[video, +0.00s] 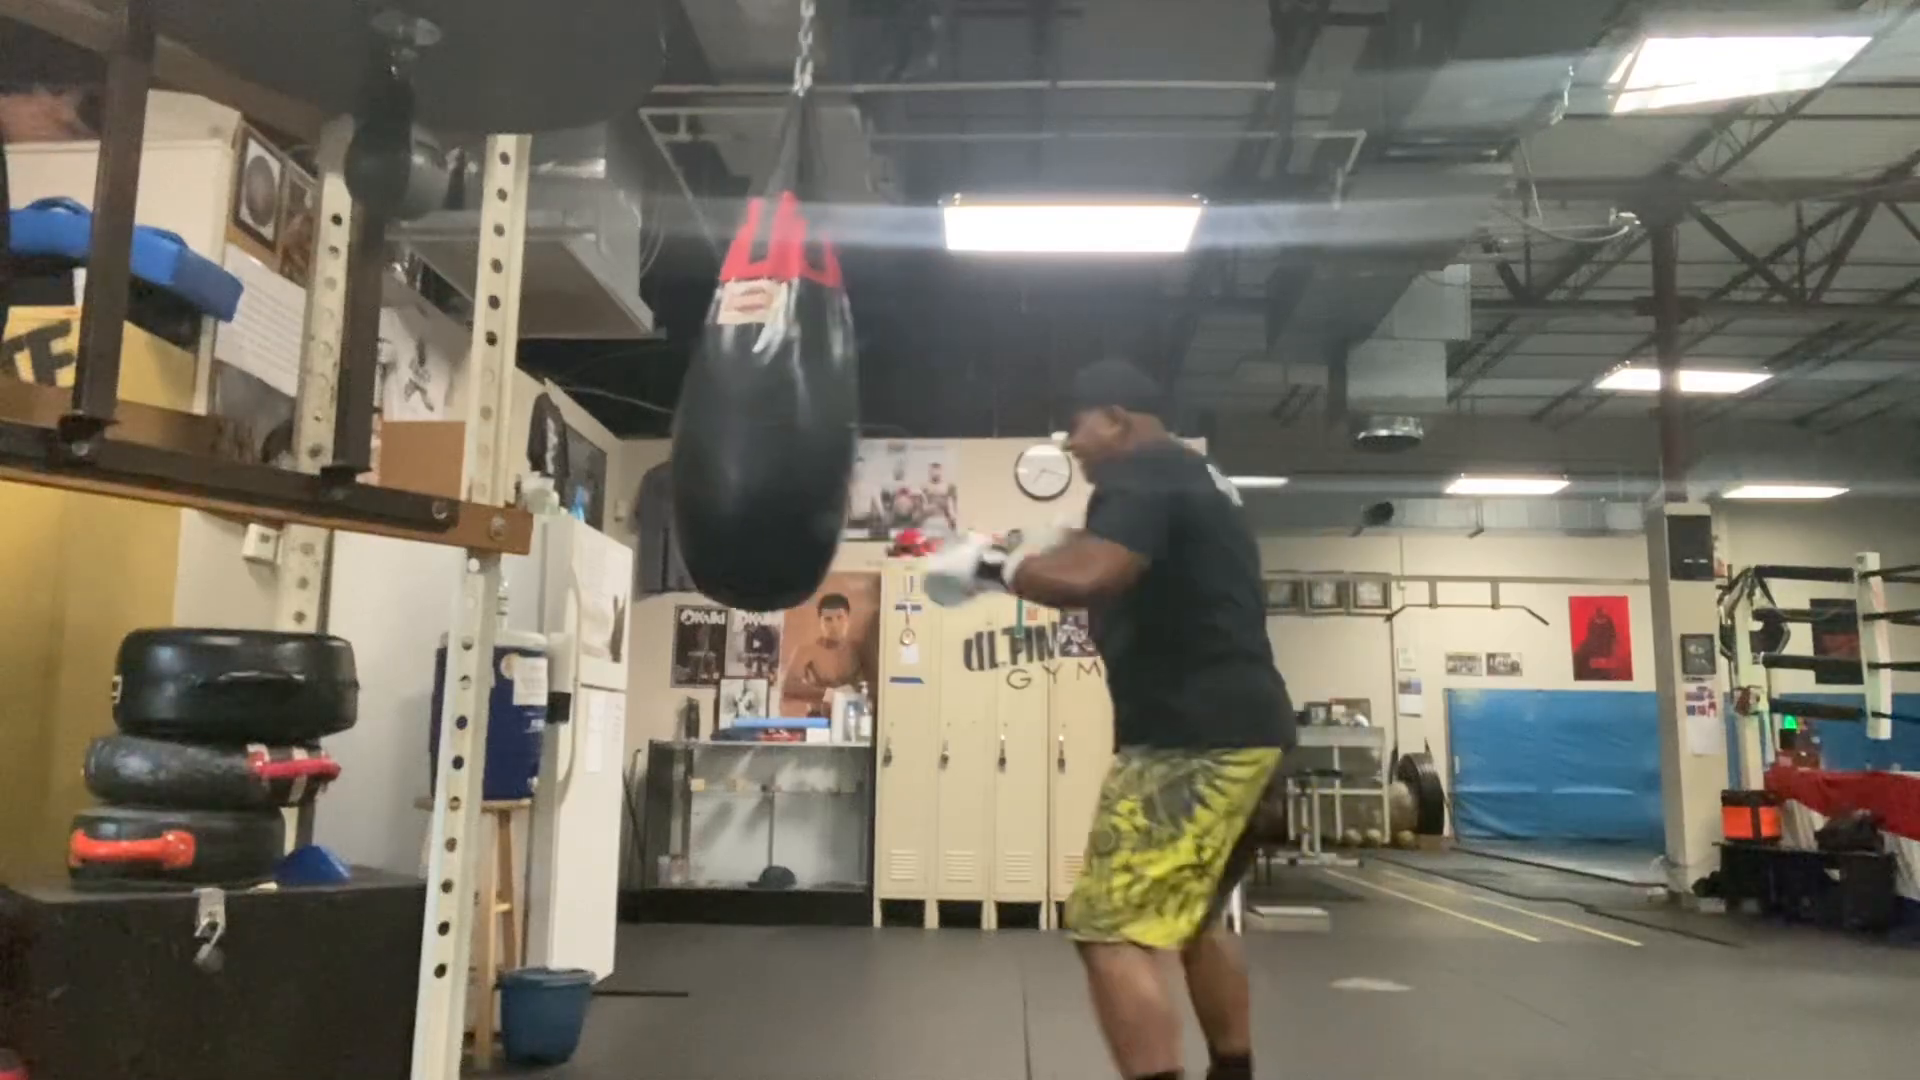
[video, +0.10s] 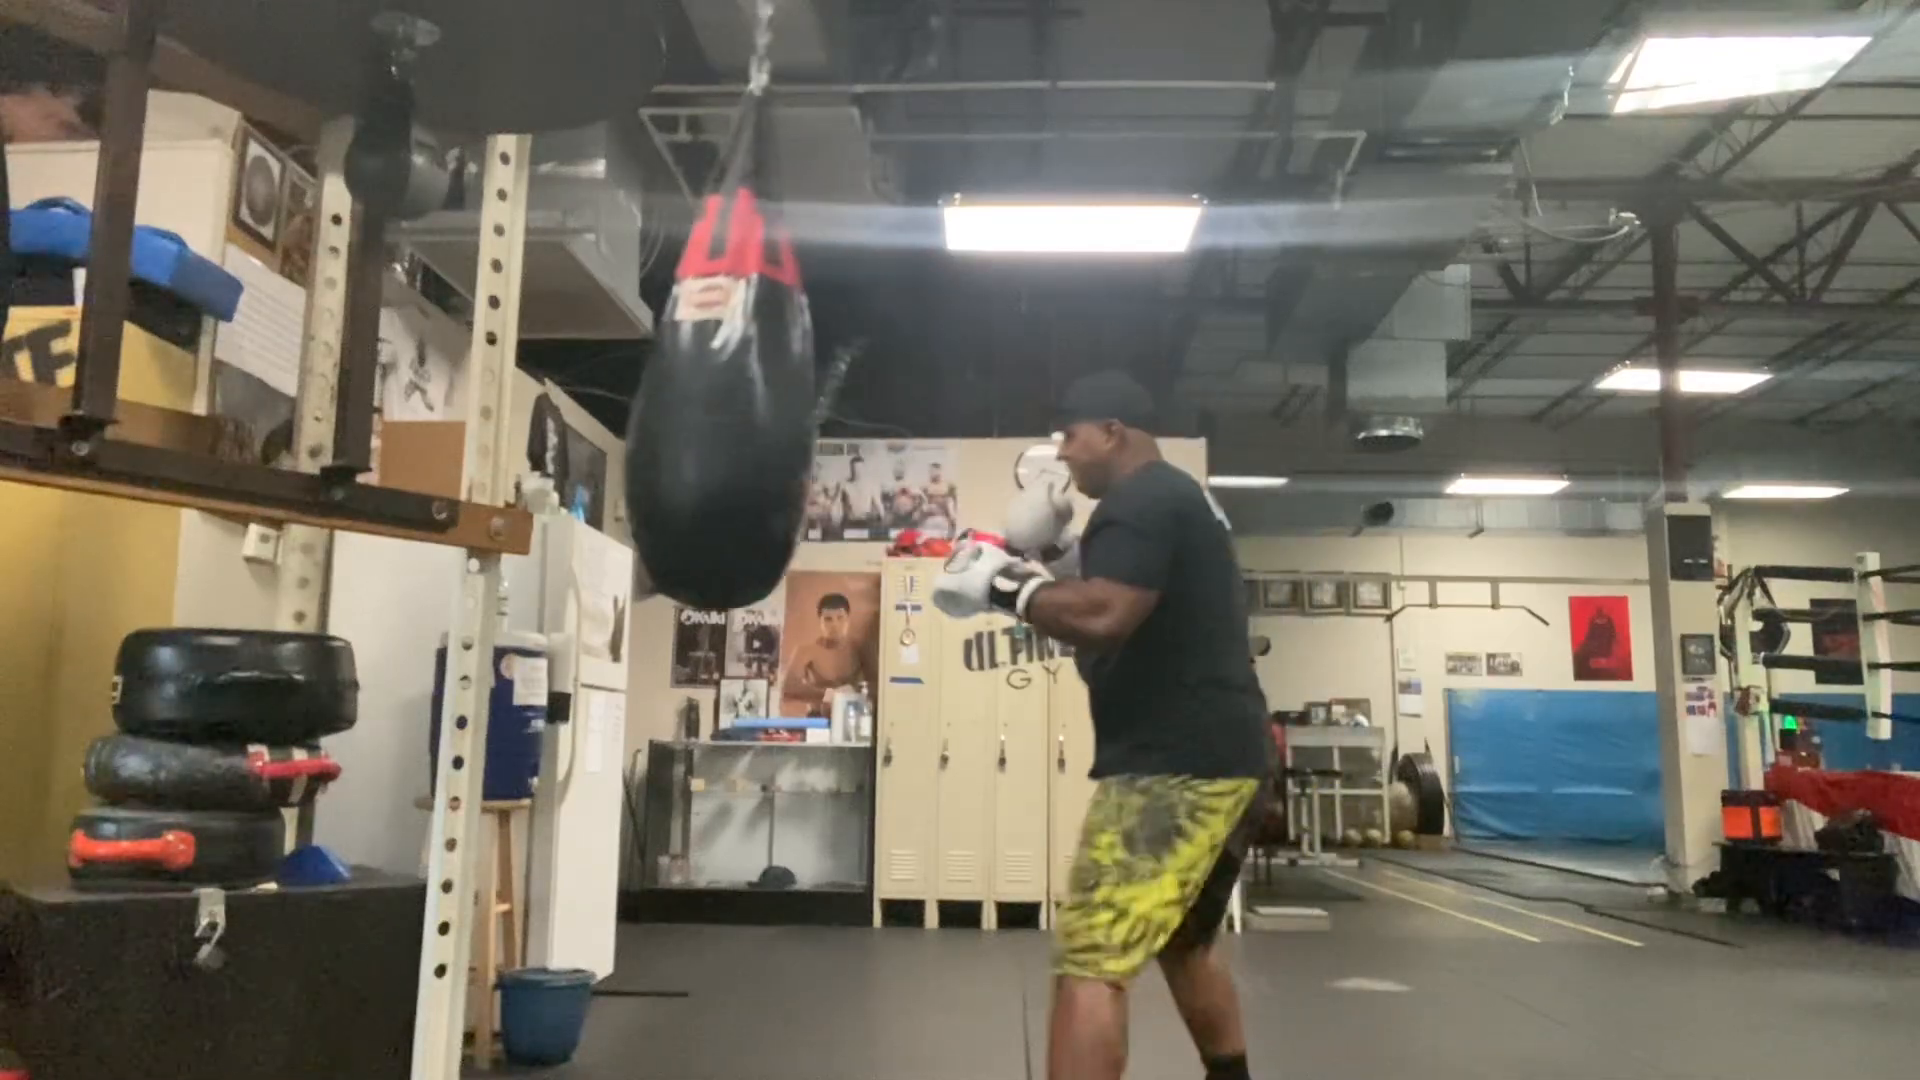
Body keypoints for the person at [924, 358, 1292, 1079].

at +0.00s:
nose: (1072, 446)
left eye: (1077, 429)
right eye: (1069, 431)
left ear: (1119, 420)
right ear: (1140, 423)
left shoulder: (1142, 477)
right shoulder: (1194, 478)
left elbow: (1092, 573)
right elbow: (1139, 579)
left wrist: (1000, 568)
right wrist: (1041, 557)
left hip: (1188, 737)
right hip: (1246, 731)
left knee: (1110, 926)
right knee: (1195, 916)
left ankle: (1158, 1073)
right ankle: (1233, 1070)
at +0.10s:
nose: (1062, 451)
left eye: (1069, 434)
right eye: (1062, 435)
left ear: (1113, 432)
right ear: (1124, 435)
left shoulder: (1144, 500)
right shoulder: (1173, 497)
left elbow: (1102, 617)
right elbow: (1109, 605)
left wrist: (1010, 587)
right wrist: (1048, 556)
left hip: (1171, 760)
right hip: (1221, 756)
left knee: (1091, 957)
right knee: (1185, 943)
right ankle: (1230, 1073)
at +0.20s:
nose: (1053, 449)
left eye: (1061, 431)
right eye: (1053, 433)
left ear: (1103, 429)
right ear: (1113, 433)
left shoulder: (1140, 498)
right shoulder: (1153, 497)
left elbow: (1085, 612)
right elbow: (1085, 594)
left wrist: (997, 559)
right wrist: (1032, 547)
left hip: (1158, 760)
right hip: (1197, 759)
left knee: (1057, 951)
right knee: (1167, 951)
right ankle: (1222, 1072)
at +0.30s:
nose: (1039, 438)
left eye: (1047, 420)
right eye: (1040, 422)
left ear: (1091, 419)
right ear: (1098, 423)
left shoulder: (1133, 488)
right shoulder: (1118, 491)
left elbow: (1050, 585)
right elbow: (1060, 599)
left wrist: (997, 508)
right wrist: (1014, 512)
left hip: (1147, 752)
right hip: (1169, 749)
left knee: (1061, 954)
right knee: (1159, 956)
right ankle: (1216, 1074)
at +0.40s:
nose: (1022, 440)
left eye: (1031, 422)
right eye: (1021, 426)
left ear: (1078, 421)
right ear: (1084, 425)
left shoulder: (1116, 485)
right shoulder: (1104, 491)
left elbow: (1025, 577)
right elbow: (1043, 616)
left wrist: (979, 500)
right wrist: (992, 514)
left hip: (1151, 746)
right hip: (1179, 743)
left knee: (1068, 950)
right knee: (1150, 934)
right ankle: (1207, 1074)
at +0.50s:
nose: (1016, 457)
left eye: (1023, 439)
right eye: (1015, 442)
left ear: (1065, 429)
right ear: (1071, 432)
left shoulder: (1097, 496)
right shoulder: (1117, 494)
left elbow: (1016, 607)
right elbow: (1038, 601)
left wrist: (922, 574)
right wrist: (965, 561)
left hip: (1141, 752)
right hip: (1181, 746)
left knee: (1058, 953)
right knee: (1148, 947)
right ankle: (1209, 1078)